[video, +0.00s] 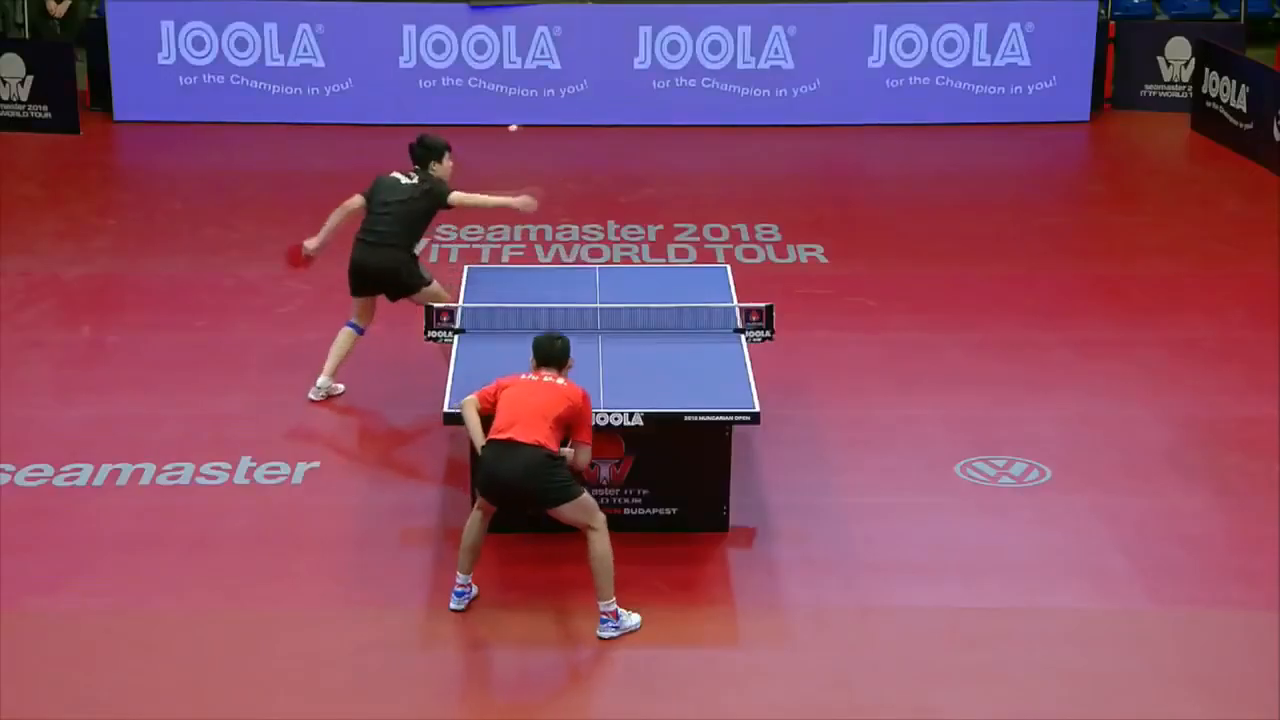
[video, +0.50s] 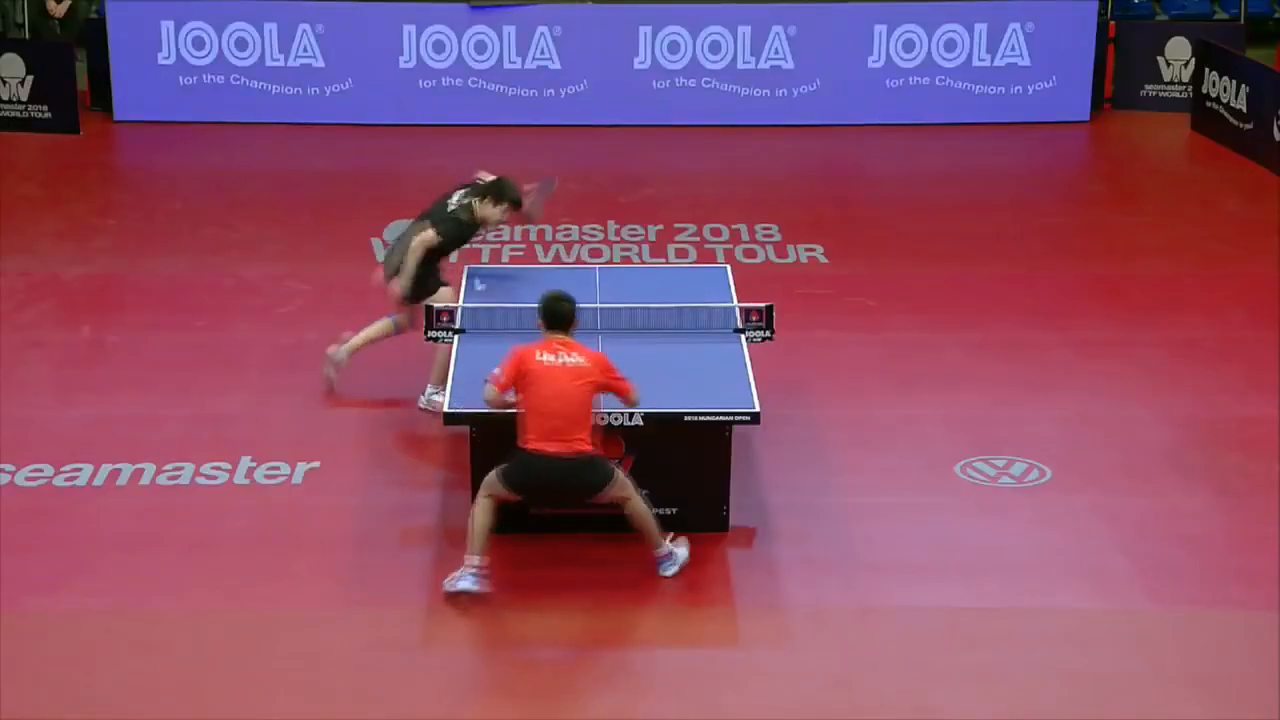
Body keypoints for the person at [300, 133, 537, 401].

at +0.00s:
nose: (452, 166)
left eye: (450, 159)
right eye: (448, 160)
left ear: (420, 164)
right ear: (434, 164)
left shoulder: (384, 181)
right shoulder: (434, 188)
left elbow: (347, 207)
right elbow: (467, 199)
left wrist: (318, 240)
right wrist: (513, 201)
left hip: (361, 262)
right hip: (396, 265)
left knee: (359, 319)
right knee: (448, 306)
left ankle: (324, 380)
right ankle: (466, 375)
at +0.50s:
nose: (502, 219)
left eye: (506, 213)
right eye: (502, 212)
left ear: (490, 198)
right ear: (489, 202)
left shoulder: (474, 192)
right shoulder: (462, 225)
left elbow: (484, 176)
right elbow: (421, 241)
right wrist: (405, 281)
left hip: (400, 257)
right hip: (417, 269)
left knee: (406, 320)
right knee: (456, 316)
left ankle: (345, 350)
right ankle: (434, 391)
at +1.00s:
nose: (533, 156)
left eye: (538, 150)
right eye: (527, 150)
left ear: (544, 151)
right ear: (515, 150)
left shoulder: (553, 176)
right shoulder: (498, 172)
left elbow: (589, 198)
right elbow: (470, 189)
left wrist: (590, 208)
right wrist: (464, 223)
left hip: (536, 242)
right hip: (496, 242)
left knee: (576, 272)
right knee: (465, 294)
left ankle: (584, 343)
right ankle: (432, 356)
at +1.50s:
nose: (536, 145)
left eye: (541, 140)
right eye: (532, 139)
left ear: (550, 138)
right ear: (523, 135)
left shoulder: (558, 155)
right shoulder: (512, 146)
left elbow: (575, 183)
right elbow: (501, 154)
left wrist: (574, 186)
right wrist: (485, 181)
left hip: (553, 214)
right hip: (516, 211)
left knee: (594, 264)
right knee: (473, 260)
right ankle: (437, 322)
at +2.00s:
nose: (544, 169)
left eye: (550, 164)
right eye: (541, 163)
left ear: (560, 164)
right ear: (534, 160)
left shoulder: (575, 181)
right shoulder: (520, 176)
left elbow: (608, 208)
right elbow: (494, 202)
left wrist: (584, 235)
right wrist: (507, 225)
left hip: (565, 232)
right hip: (527, 230)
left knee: (610, 267)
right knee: (485, 263)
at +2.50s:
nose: (511, 123)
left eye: (517, 117)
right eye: (506, 116)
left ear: (525, 119)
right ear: (498, 116)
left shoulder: (537, 140)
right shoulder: (482, 137)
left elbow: (579, 166)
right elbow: (461, 153)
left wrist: (566, 185)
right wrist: (453, 184)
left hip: (530, 206)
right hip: (491, 206)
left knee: (575, 256)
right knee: (455, 258)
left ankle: (596, 316)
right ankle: (434, 317)